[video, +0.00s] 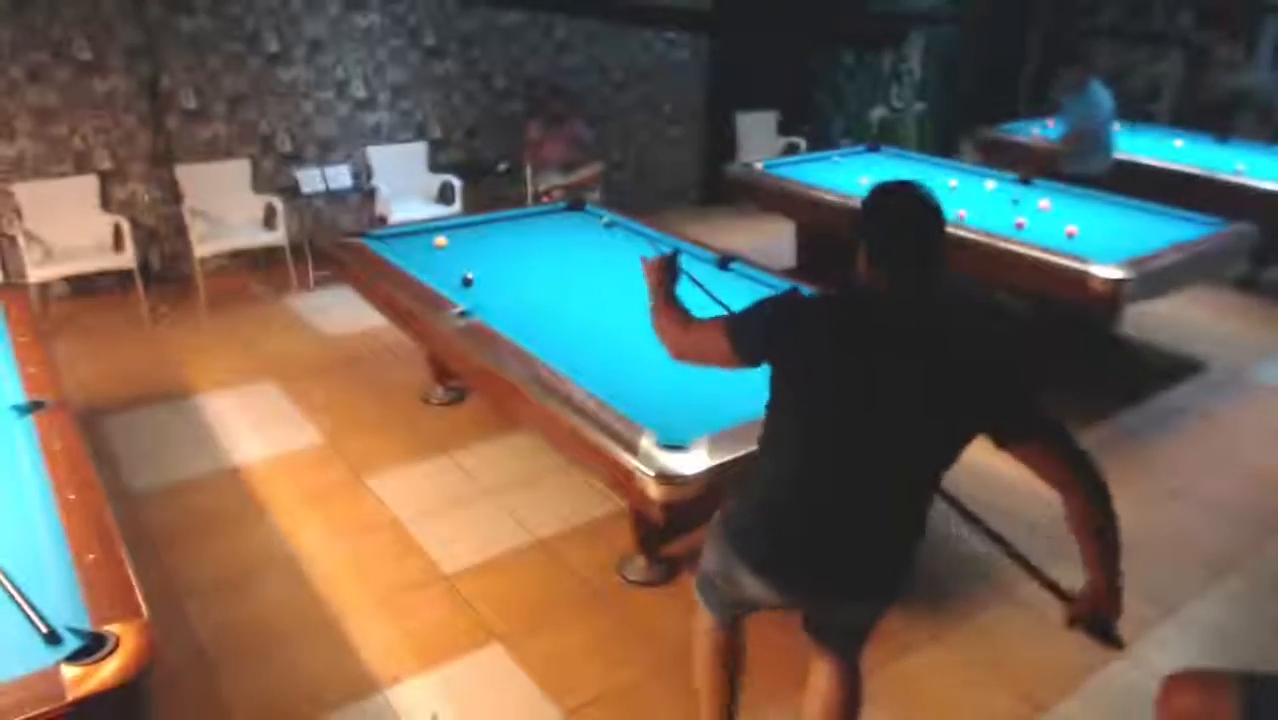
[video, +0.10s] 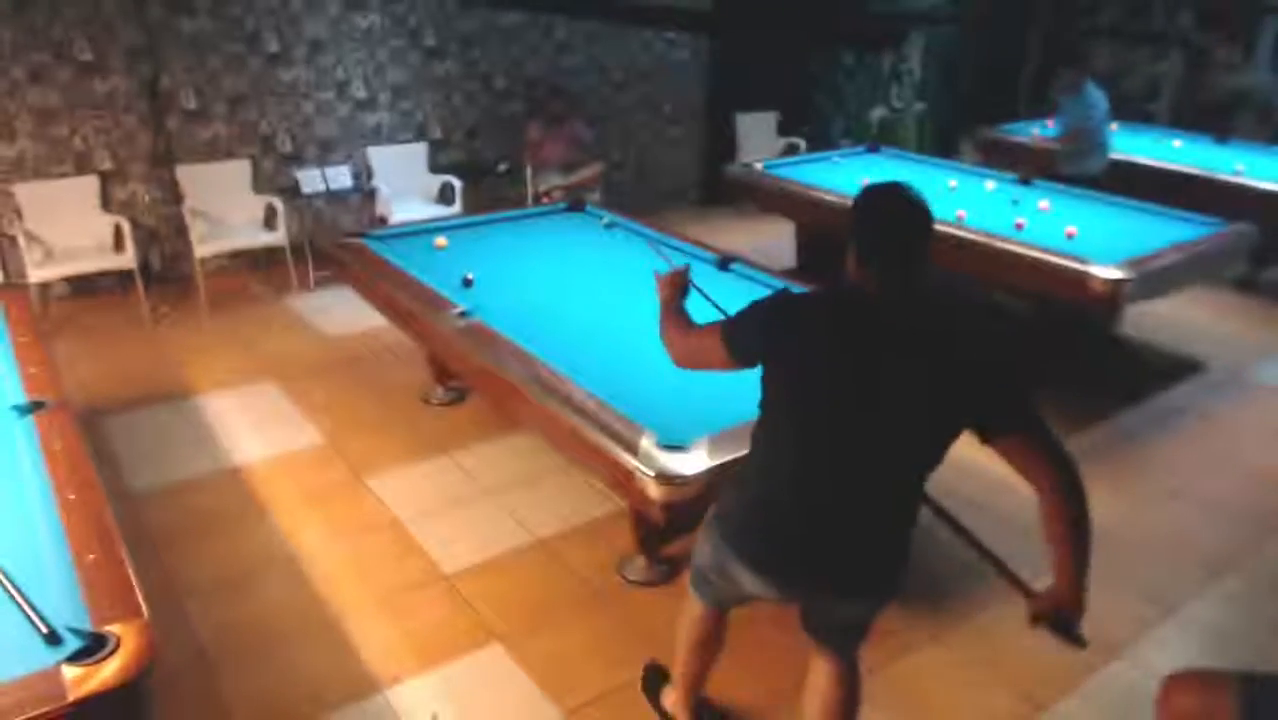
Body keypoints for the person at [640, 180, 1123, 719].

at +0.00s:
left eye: (863, 245)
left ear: (861, 253)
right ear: (939, 259)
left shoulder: (801, 321)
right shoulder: (967, 357)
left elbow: (682, 341)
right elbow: (1080, 483)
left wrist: (658, 289)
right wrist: (1103, 589)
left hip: (770, 537)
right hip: (871, 561)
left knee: (716, 608)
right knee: (836, 654)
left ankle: (717, 711)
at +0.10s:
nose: (851, 258)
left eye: (851, 245)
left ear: (850, 253)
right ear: (926, 257)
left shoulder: (798, 320)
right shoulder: (958, 350)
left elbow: (684, 348)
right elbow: (1057, 478)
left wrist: (669, 298)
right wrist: (1068, 593)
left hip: (761, 534)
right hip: (863, 559)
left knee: (707, 599)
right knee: (835, 653)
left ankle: (681, 699)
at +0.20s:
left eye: (834, 244)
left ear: (836, 253)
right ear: (907, 258)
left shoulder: (783, 316)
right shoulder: (938, 345)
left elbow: (689, 362)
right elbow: (1026, 478)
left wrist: (687, 324)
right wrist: (1011, 580)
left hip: (752, 531)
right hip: (854, 554)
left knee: (698, 604)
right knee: (834, 652)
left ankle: (662, 669)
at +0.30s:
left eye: (815, 247)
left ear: (821, 255)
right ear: (890, 259)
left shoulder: (769, 312)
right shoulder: (916, 337)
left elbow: (692, 374)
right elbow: (988, 461)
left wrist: (706, 342)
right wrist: (957, 550)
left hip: (739, 529)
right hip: (839, 546)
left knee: (694, 607)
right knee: (827, 656)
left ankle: (665, 673)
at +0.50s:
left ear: (786, 258)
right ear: (851, 263)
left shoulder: (746, 303)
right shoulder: (864, 318)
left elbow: (691, 374)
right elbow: (920, 412)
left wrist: (756, 382)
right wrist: (899, 499)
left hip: (694, 494)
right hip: (791, 511)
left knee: (680, 590)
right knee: (810, 654)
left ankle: (665, 669)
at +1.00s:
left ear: (761, 317)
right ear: (813, 317)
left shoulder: (729, 349)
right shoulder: (831, 348)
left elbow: (687, 385)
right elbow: (906, 372)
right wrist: (884, 477)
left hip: (659, 496)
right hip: (750, 510)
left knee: (673, 581)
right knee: (786, 683)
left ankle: (665, 671)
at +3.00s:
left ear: (761, 361)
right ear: (814, 363)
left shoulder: (724, 387)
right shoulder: (834, 386)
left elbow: (679, 405)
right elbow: (916, 391)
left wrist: (702, 366)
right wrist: (881, 497)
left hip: (650, 518)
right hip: (746, 531)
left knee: (672, 585)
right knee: (791, 687)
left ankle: (663, 671)